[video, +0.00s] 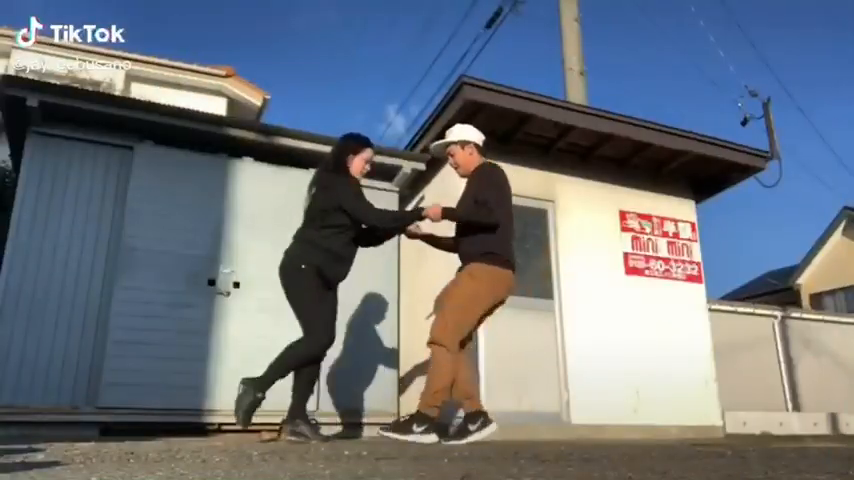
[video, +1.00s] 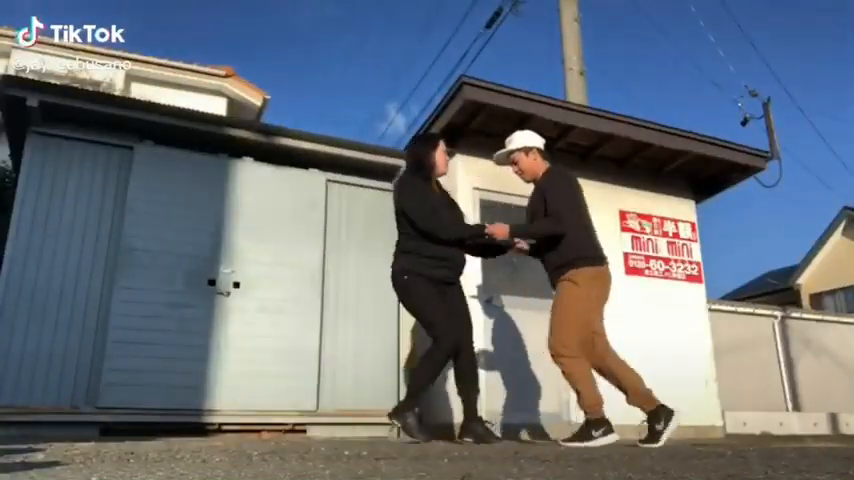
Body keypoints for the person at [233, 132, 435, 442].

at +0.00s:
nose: (368, 168)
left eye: (370, 162)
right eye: (365, 161)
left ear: (349, 159)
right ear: (349, 157)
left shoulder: (339, 187)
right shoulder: (339, 182)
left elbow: (364, 238)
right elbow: (372, 217)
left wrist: (401, 228)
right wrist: (419, 213)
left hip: (318, 273)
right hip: (304, 268)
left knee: (317, 342)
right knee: (318, 338)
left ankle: (297, 417)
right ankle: (256, 387)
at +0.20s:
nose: (390, 170)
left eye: (392, 164)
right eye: (387, 163)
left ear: (365, 159)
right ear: (371, 158)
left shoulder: (346, 183)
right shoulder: (373, 190)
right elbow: (406, 222)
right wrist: (451, 211)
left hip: (309, 258)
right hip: (341, 261)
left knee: (303, 337)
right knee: (368, 336)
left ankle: (296, 417)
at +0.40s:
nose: (407, 170)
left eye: (409, 164)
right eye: (406, 163)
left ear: (385, 160)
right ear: (392, 161)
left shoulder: (367, 185)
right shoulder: (390, 191)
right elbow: (417, 227)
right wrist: (458, 215)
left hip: (339, 265)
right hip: (369, 270)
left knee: (333, 340)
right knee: (391, 339)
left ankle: (303, 417)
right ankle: (387, 421)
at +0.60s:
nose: (429, 164)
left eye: (430, 158)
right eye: (425, 157)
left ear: (419, 159)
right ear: (409, 157)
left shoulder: (421, 197)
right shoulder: (391, 187)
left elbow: (450, 233)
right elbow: (412, 220)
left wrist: (493, 235)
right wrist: (452, 215)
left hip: (401, 277)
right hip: (378, 269)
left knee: (431, 333)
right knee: (389, 339)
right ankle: (384, 421)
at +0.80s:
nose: (446, 159)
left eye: (446, 154)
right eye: (442, 153)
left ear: (433, 157)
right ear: (425, 155)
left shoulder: (450, 196)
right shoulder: (401, 186)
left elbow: (476, 238)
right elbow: (407, 217)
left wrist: (522, 238)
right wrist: (463, 213)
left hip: (442, 279)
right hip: (402, 275)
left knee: (456, 346)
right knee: (414, 340)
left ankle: (470, 419)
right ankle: (407, 416)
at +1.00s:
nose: (447, 159)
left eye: (446, 153)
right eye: (443, 153)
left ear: (428, 156)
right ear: (427, 156)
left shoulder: (440, 194)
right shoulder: (411, 186)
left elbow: (464, 241)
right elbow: (440, 227)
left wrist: (506, 246)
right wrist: (485, 231)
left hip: (445, 279)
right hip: (415, 277)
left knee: (464, 344)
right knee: (447, 338)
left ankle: (472, 420)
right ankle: (406, 408)